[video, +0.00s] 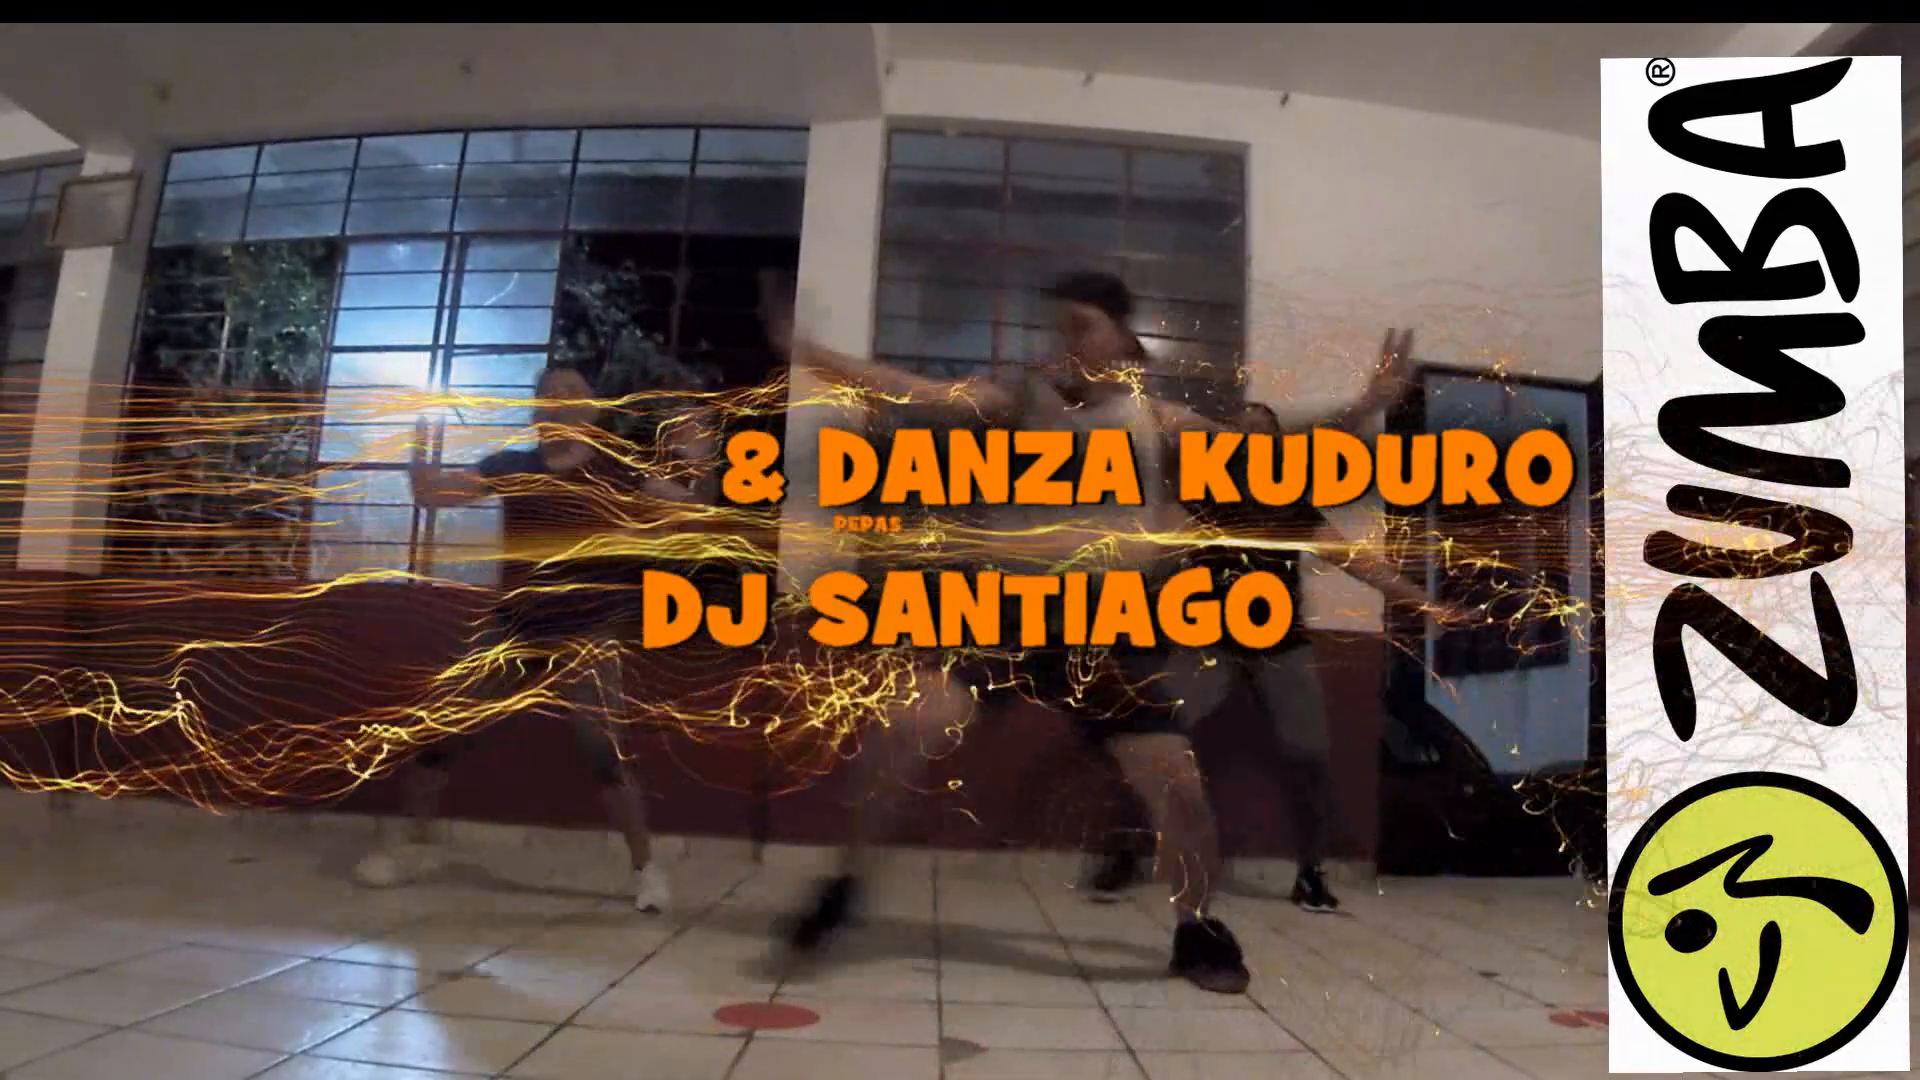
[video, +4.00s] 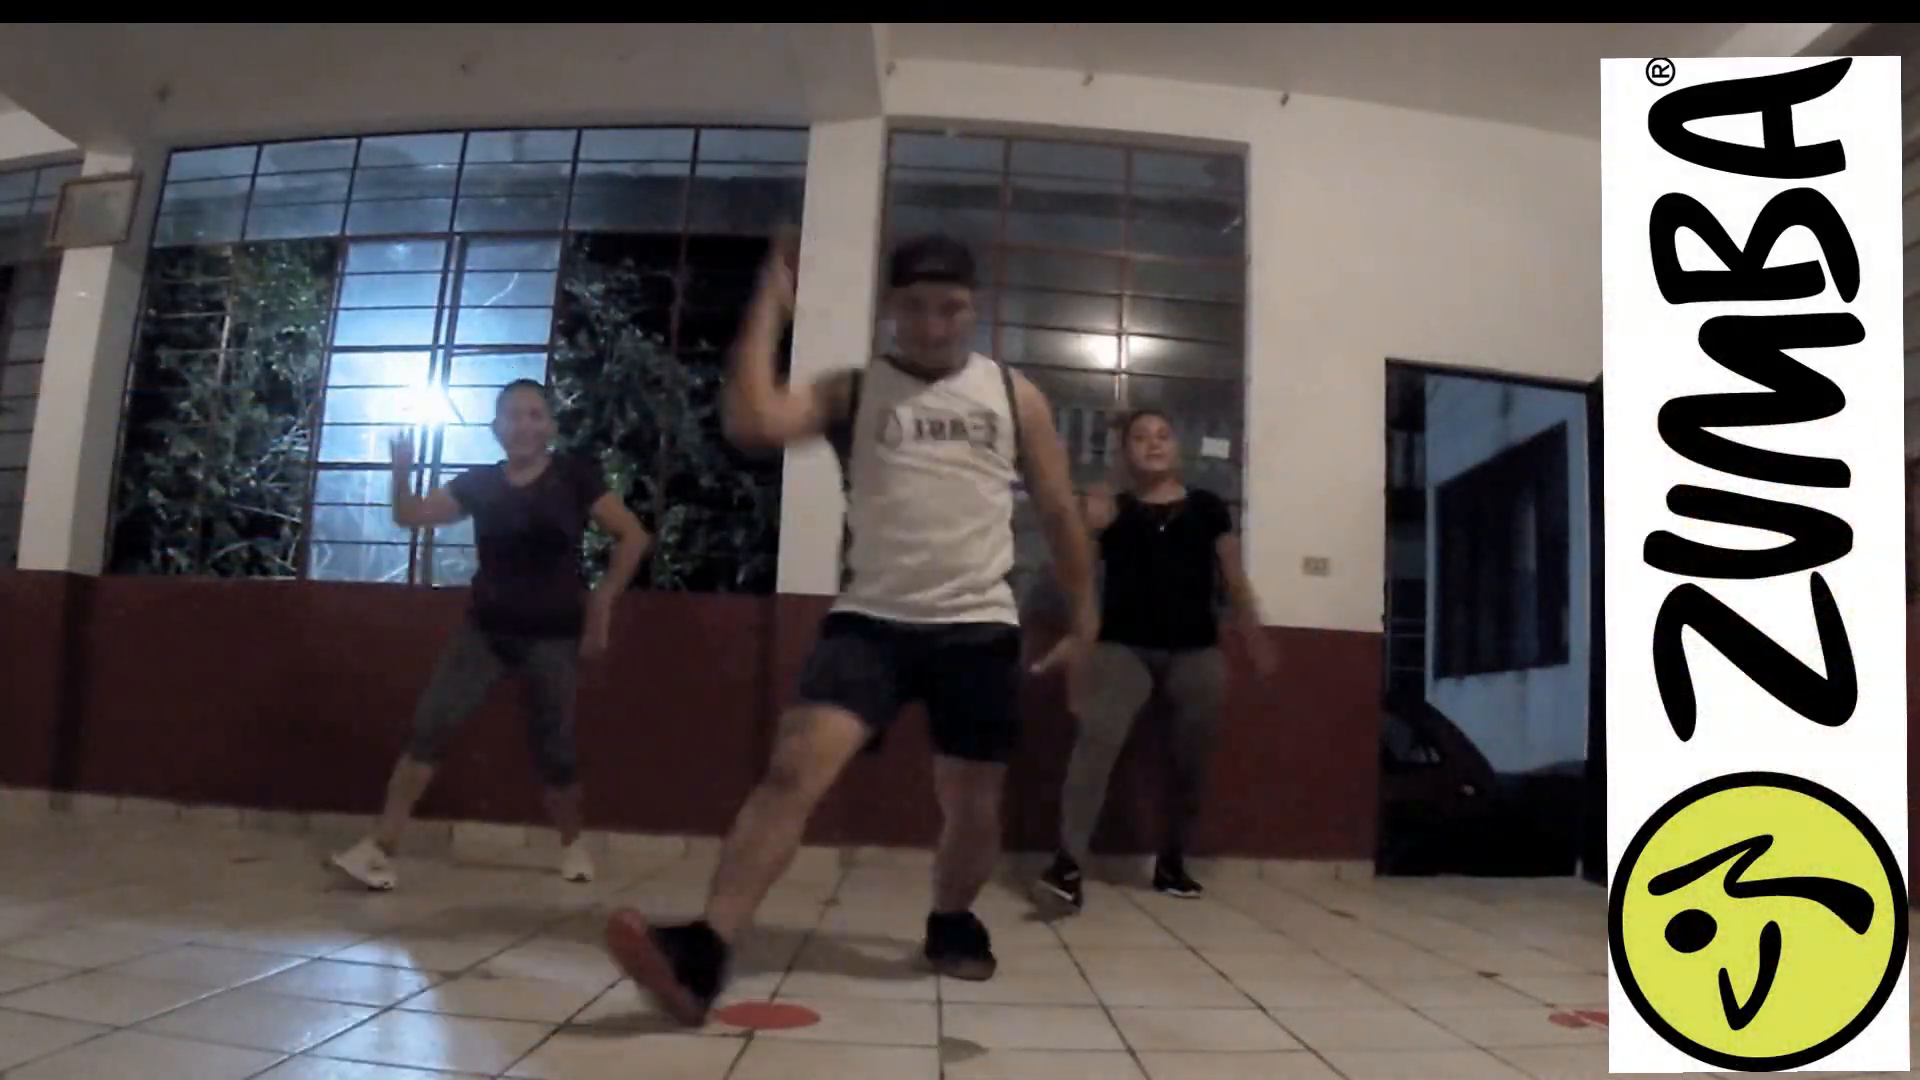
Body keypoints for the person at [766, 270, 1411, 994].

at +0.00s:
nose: (1077, 340)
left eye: (1090, 327)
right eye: (1067, 327)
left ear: (1124, 334)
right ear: (1053, 332)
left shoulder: (1155, 414)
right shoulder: (1020, 396)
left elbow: (1267, 437)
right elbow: (922, 396)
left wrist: (1364, 405)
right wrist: (820, 357)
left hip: (1114, 617)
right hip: (1004, 608)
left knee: (1176, 776)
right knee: (913, 723)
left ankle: (1197, 926)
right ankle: (841, 885)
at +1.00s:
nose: (943, 301)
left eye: (958, 289)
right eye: (930, 289)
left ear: (982, 303)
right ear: (908, 301)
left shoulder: (1013, 388)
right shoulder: (865, 385)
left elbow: (1116, 441)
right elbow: (743, 410)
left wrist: (1214, 407)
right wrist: (650, 360)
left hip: (996, 608)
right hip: (887, 607)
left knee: (1082, 721)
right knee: (795, 756)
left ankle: (1142, 888)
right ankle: (728, 900)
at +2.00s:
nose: (1003, 295)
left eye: (1018, 283)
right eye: (989, 281)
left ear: (1039, 302)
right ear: (966, 296)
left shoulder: (1064, 392)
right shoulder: (922, 368)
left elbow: (1166, 437)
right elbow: (801, 319)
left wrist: (1219, 378)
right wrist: (718, 239)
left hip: (1020, 616)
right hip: (912, 607)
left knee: (1091, 776)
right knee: (833, 772)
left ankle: (1139, 925)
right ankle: (784, 904)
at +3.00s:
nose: (956, 206)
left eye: (972, 203)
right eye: (936, 201)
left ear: (996, 236)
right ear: (907, 237)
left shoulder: (1020, 299)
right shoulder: (866, 346)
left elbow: (1053, 142)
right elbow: (800, 475)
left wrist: (1055, 25)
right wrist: (805, 432)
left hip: (973, 570)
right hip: (859, 570)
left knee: (1021, 765)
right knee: (819, 779)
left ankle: (1056, 986)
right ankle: (840, 895)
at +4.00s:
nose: (937, 325)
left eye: (952, 309)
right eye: (921, 309)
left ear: (974, 312)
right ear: (893, 311)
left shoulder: (1014, 398)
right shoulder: (856, 387)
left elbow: (1061, 514)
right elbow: (753, 421)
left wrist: (1084, 623)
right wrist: (767, 309)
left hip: (976, 630)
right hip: (871, 622)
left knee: (974, 801)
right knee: (793, 769)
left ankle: (953, 922)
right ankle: (707, 950)